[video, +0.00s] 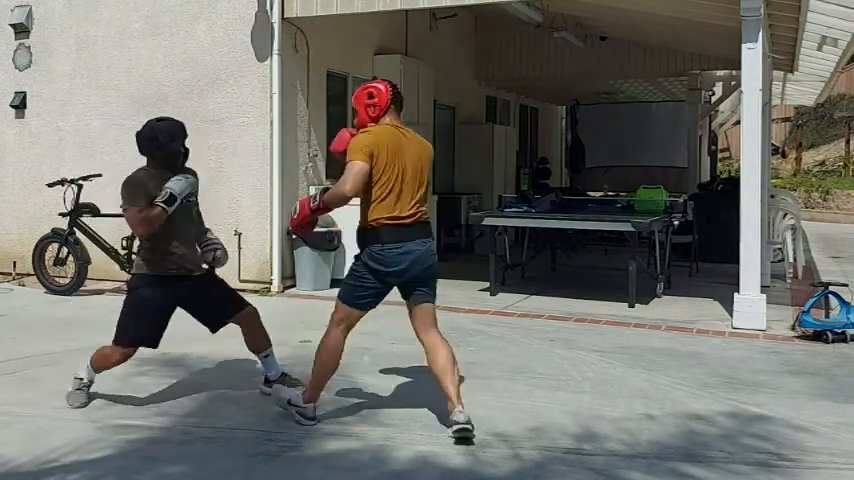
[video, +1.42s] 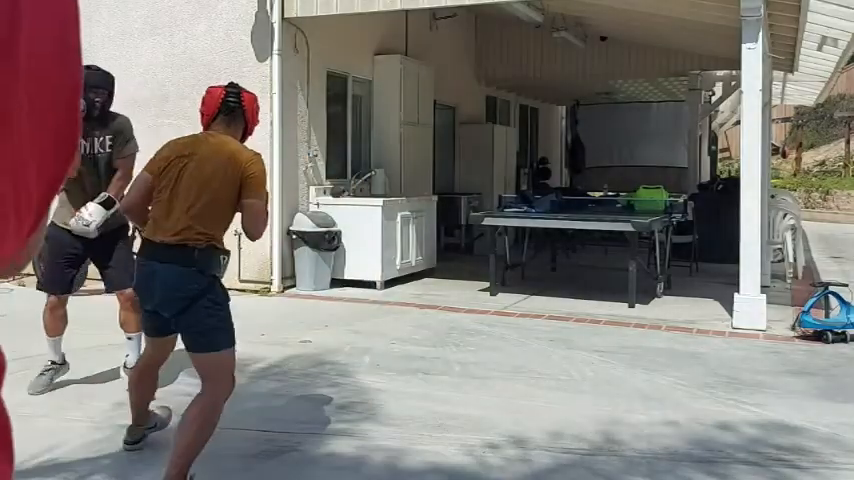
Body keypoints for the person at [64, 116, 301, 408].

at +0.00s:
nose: (186, 149)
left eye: (184, 143)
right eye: (179, 144)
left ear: (174, 148)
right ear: (160, 148)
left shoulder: (188, 178)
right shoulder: (136, 183)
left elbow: (195, 223)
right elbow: (142, 227)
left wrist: (211, 242)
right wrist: (169, 199)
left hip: (194, 276)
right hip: (153, 279)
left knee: (248, 316)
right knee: (122, 350)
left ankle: (274, 375)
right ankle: (84, 376)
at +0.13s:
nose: (164, 134)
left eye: (163, 127)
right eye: (157, 129)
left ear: (160, 129)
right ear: (137, 134)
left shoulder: (170, 156)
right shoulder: (110, 168)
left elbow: (187, 198)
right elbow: (115, 216)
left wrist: (199, 216)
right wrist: (138, 183)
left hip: (173, 257)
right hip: (130, 260)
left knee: (217, 311)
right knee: (107, 332)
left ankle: (244, 374)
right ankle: (81, 378)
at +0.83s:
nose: (177, 125)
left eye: (178, 120)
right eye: (173, 120)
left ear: (170, 123)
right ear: (153, 122)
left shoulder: (174, 150)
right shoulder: (117, 149)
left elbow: (187, 200)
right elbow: (140, 191)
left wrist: (196, 183)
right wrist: (155, 155)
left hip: (162, 247)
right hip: (119, 245)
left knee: (195, 306)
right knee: (96, 320)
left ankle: (203, 377)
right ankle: (80, 379)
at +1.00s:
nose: (171, 131)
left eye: (171, 126)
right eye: (167, 125)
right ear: (149, 120)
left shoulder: (163, 157)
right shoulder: (120, 147)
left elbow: (170, 204)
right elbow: (166, 155)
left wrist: (173, 225)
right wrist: (160, 123)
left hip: (162, 255)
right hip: (120, 253)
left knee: (199, 311)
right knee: (101, 333)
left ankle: (199, 379)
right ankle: (78, 372)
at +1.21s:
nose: (126, 118)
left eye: (130, 112)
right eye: (119, 111)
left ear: (136, 113)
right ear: (105, 112)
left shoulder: (138, 142)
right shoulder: (84, 140)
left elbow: (141, 187)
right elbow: (129, 169)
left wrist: (131, 212)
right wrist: (119, 134)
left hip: (129, 236)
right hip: (87, 236)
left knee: (160, 304)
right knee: (85, 315)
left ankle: (177, 374)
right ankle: (74, 377)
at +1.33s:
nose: (116, 104)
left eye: (120, 98)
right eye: (108, 98)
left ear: (123, 98)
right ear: (89, 98)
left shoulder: (130, 125)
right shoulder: (70, 131)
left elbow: (131, 172)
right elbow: (99, 163)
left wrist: (116, 206)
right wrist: (93, 123)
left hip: (118, 227)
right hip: (74, 227)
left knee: (140, 294)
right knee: (70, 300)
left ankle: (149, 368)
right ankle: (66, 374)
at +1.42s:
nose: (98, 100)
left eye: (104, 94)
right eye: (92, 93)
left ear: (111, 97)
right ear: (78, 93)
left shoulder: (119, 125)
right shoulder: (62, 126)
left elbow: (125, 173)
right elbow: (66, 172)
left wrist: (102, 205)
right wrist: (74, 124)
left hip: (111, 228)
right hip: (66, 226)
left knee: (129, 295)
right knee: (55, 298)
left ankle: (133, 362)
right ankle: (56, 361)